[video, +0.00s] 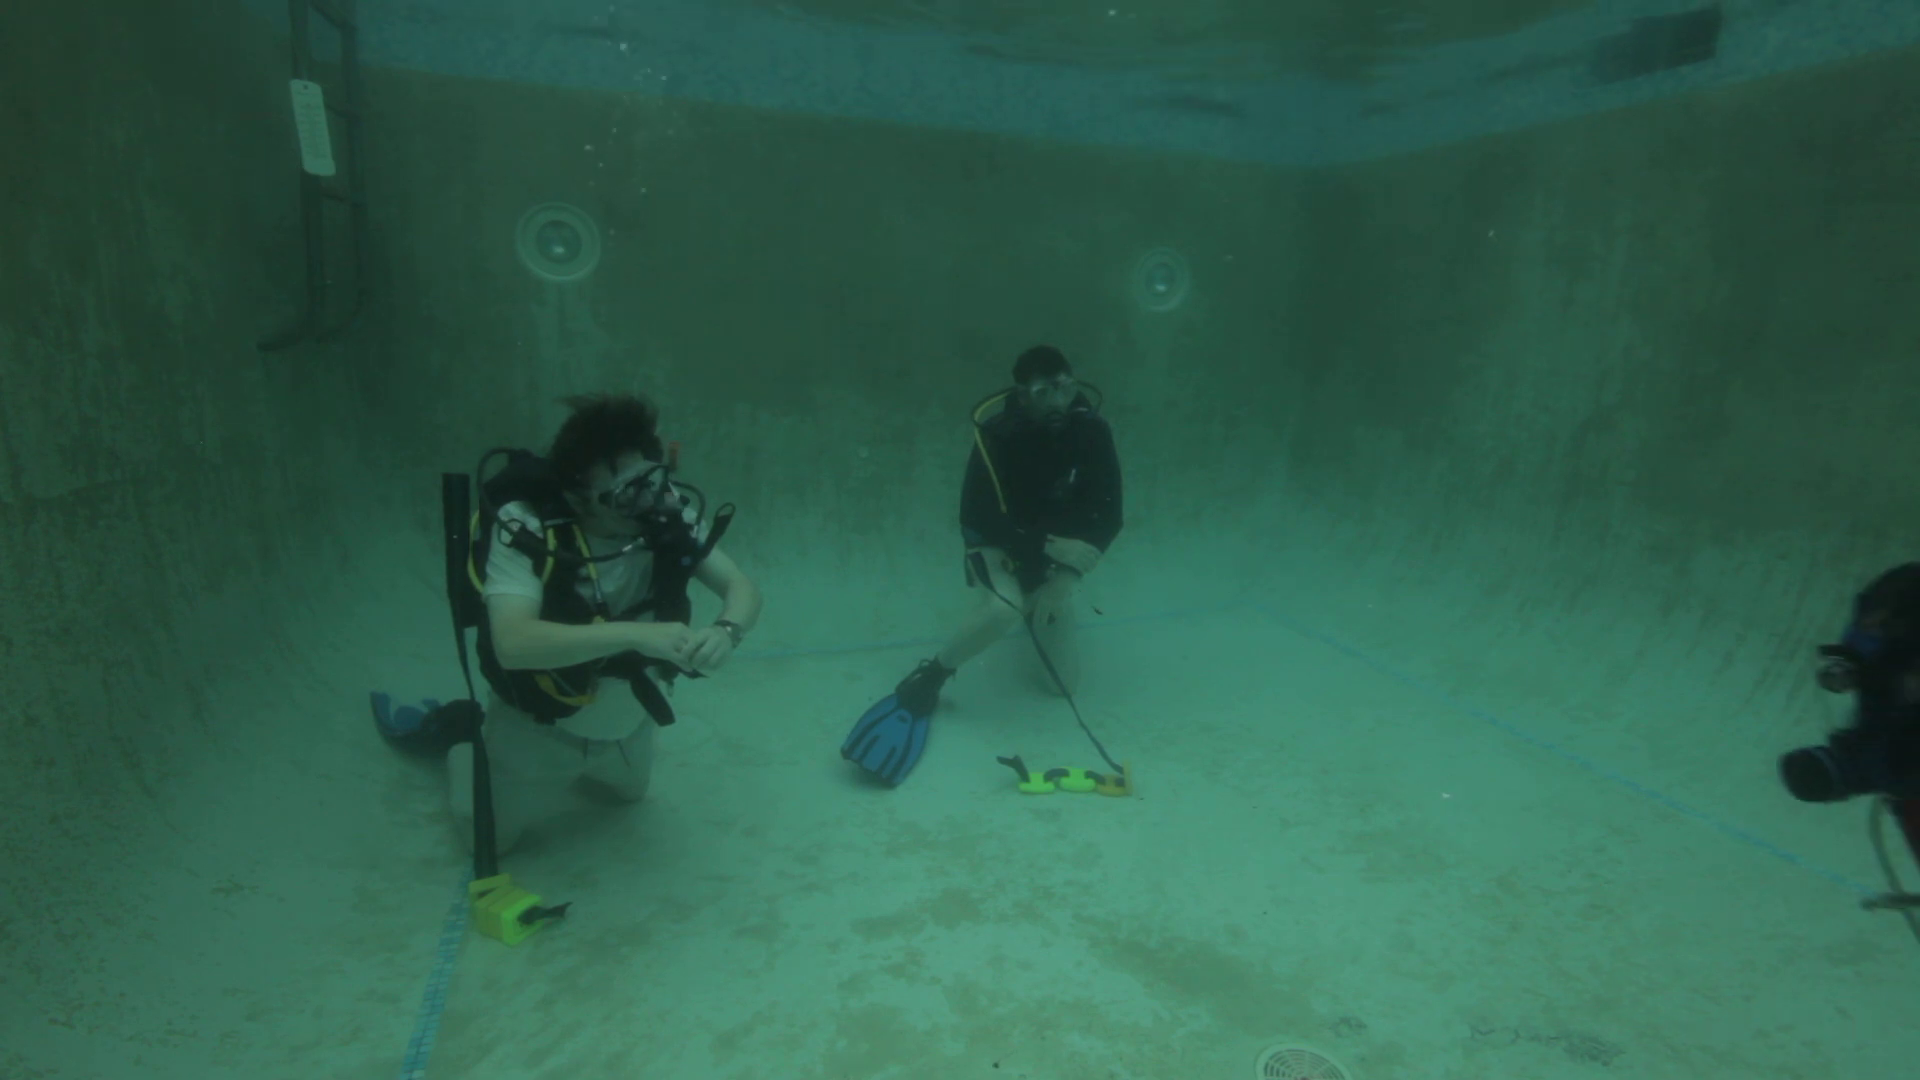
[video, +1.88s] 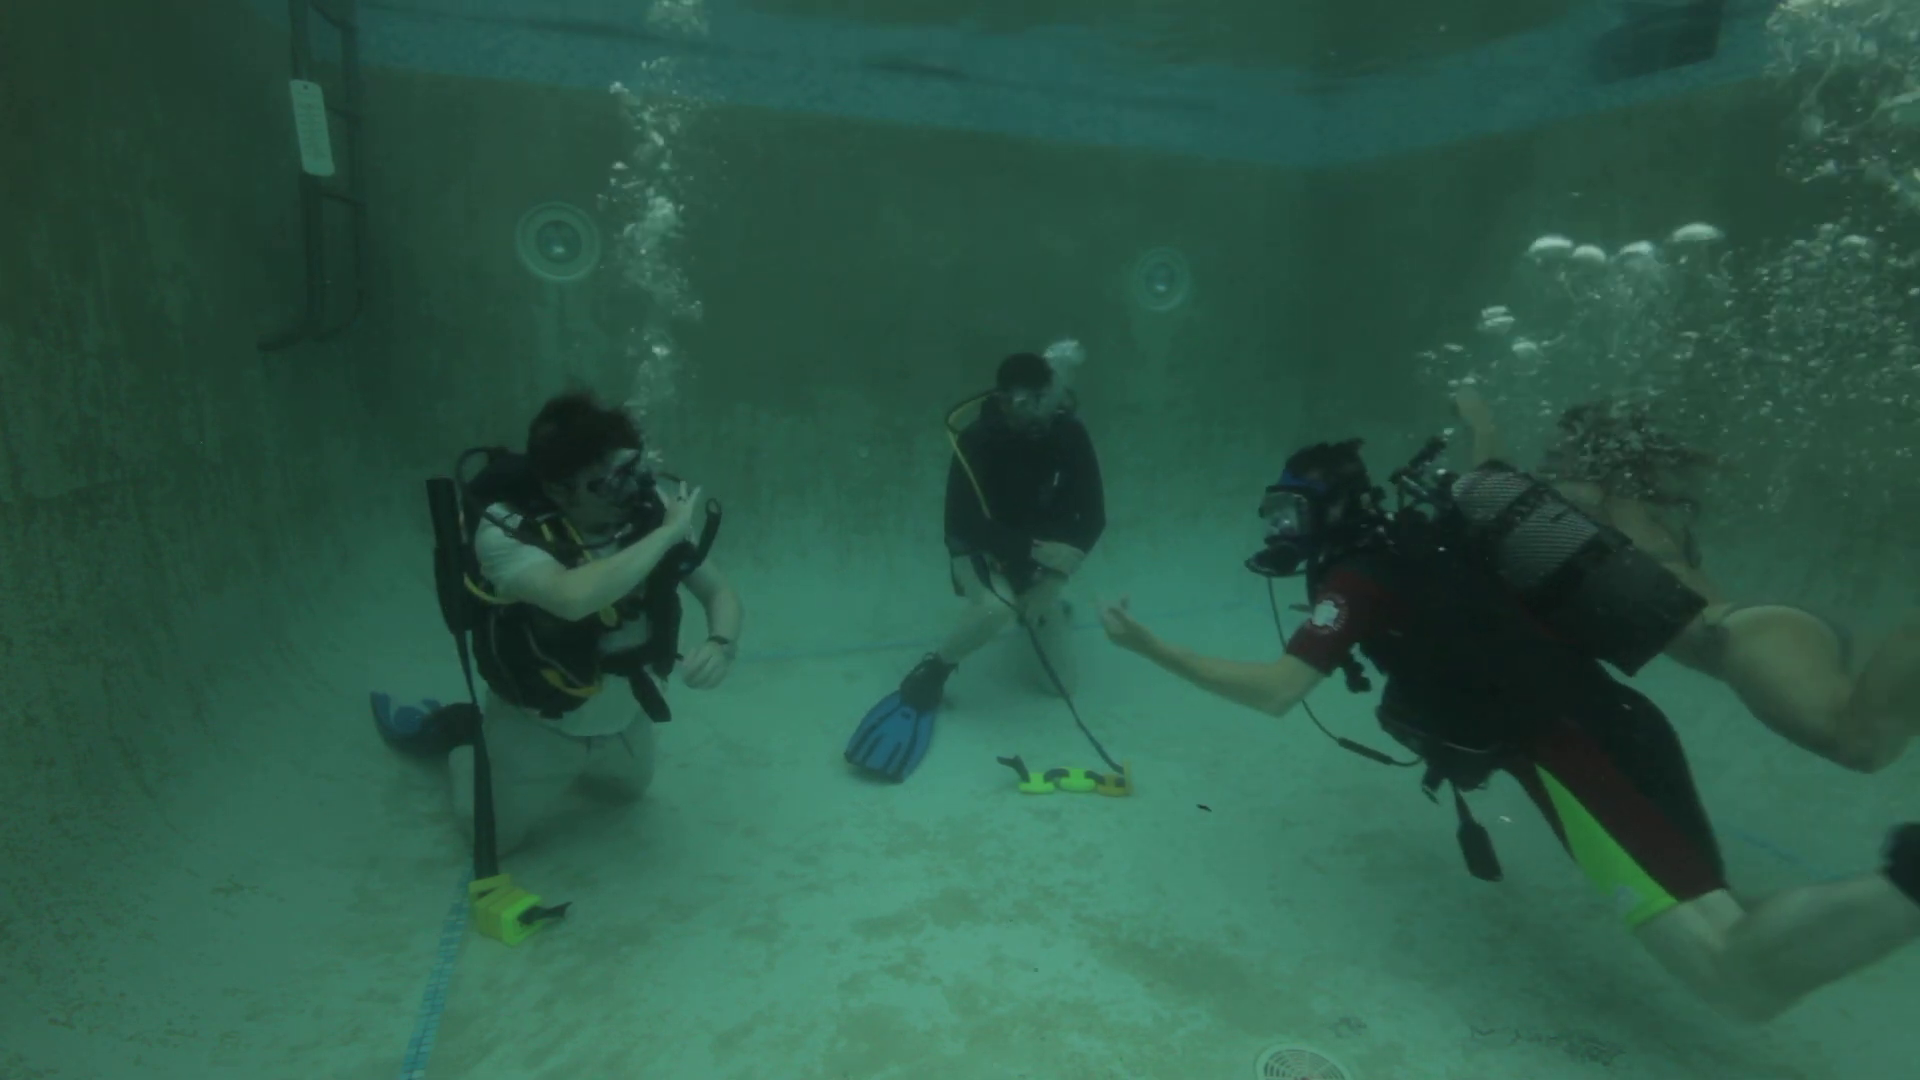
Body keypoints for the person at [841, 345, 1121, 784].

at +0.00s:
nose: (1058, 400)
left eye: (1064, 388)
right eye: (1046, 390)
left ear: (1074, 386)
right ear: (1023, 393)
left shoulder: (1091, 430)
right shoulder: (998, 430)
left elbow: (1109, 512)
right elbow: (979, 515)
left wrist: (1064, 579)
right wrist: (1051, 546)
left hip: (1059, 546)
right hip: (1000, 539)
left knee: (1062, 680)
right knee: (1004, 608)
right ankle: (930, 677)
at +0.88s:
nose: (1054, 408)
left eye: (1059, 396)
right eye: (1042, 399)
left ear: (1068, 392)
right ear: (1017, 399)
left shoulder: (1082, 431)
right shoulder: (989, 435)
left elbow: (1101, 514)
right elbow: (974, 519)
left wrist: (1058, 583)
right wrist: (1042, 548)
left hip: (1055, 550)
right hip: (994, 544)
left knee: (1063, 673)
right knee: (1000, 606)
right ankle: (931, 670)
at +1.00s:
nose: (1051, 408)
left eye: (1056, 397)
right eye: (1040, 399)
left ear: (1065, 394)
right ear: (1016, 399)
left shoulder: (1080, 432)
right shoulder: (989, 435)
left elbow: (1100, 514)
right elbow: (972, 519)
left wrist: (1059, 582)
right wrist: (1039, 550)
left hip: (1055, 547)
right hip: (993, 542)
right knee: (1000, 606)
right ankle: (930, 672)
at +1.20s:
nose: (1050, 407)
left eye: (1054, 396)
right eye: (1040, 398)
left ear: (1063, 393)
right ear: (1016, 398)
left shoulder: (1077, 431)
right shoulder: (987, 434)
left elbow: (1098, 512)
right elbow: (973, 520)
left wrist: (1059, 579)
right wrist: (1035, 554)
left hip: (1052, 548)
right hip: (991, 544)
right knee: (998, 607)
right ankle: (930, 673)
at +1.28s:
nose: (1054, 405)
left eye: (1054, 395)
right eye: (1044, 398)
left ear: (1059, 393)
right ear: (1017, 399)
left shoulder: (1076, 432)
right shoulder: (987, 435)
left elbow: (1097, 514)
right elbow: (972, 519)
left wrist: (1056, 582)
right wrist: (1035, 553)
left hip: (1051, 553)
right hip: (991, 547)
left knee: (1064, 678)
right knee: (997, 606)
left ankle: (1049, 608)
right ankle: (931, 673)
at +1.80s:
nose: (1051, 412)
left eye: (1053, 401)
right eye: (1041, 403)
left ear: (1056, 396)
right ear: (1011, 400)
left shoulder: (1069, 432)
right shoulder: (979, 438)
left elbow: (1092, 514)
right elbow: (972, 524)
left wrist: (1053, 582)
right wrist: (1038, 551)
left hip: (1045, 549)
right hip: (984, 546)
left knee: (1061, 678)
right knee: (998, 607)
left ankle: (1047, 605)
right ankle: (932, 672)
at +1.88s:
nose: (1055, 408)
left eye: (1054, 397)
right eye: (1045, 399)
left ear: (1051, 395)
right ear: (1014, 401)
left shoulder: (1068, 431)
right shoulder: (979, 438)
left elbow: (1091, 514)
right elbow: (972, 523)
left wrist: (1053, 579)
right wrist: (1036, 551)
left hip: (1046, 543)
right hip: (985, 541)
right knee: (997, 607)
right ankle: (933, 672)